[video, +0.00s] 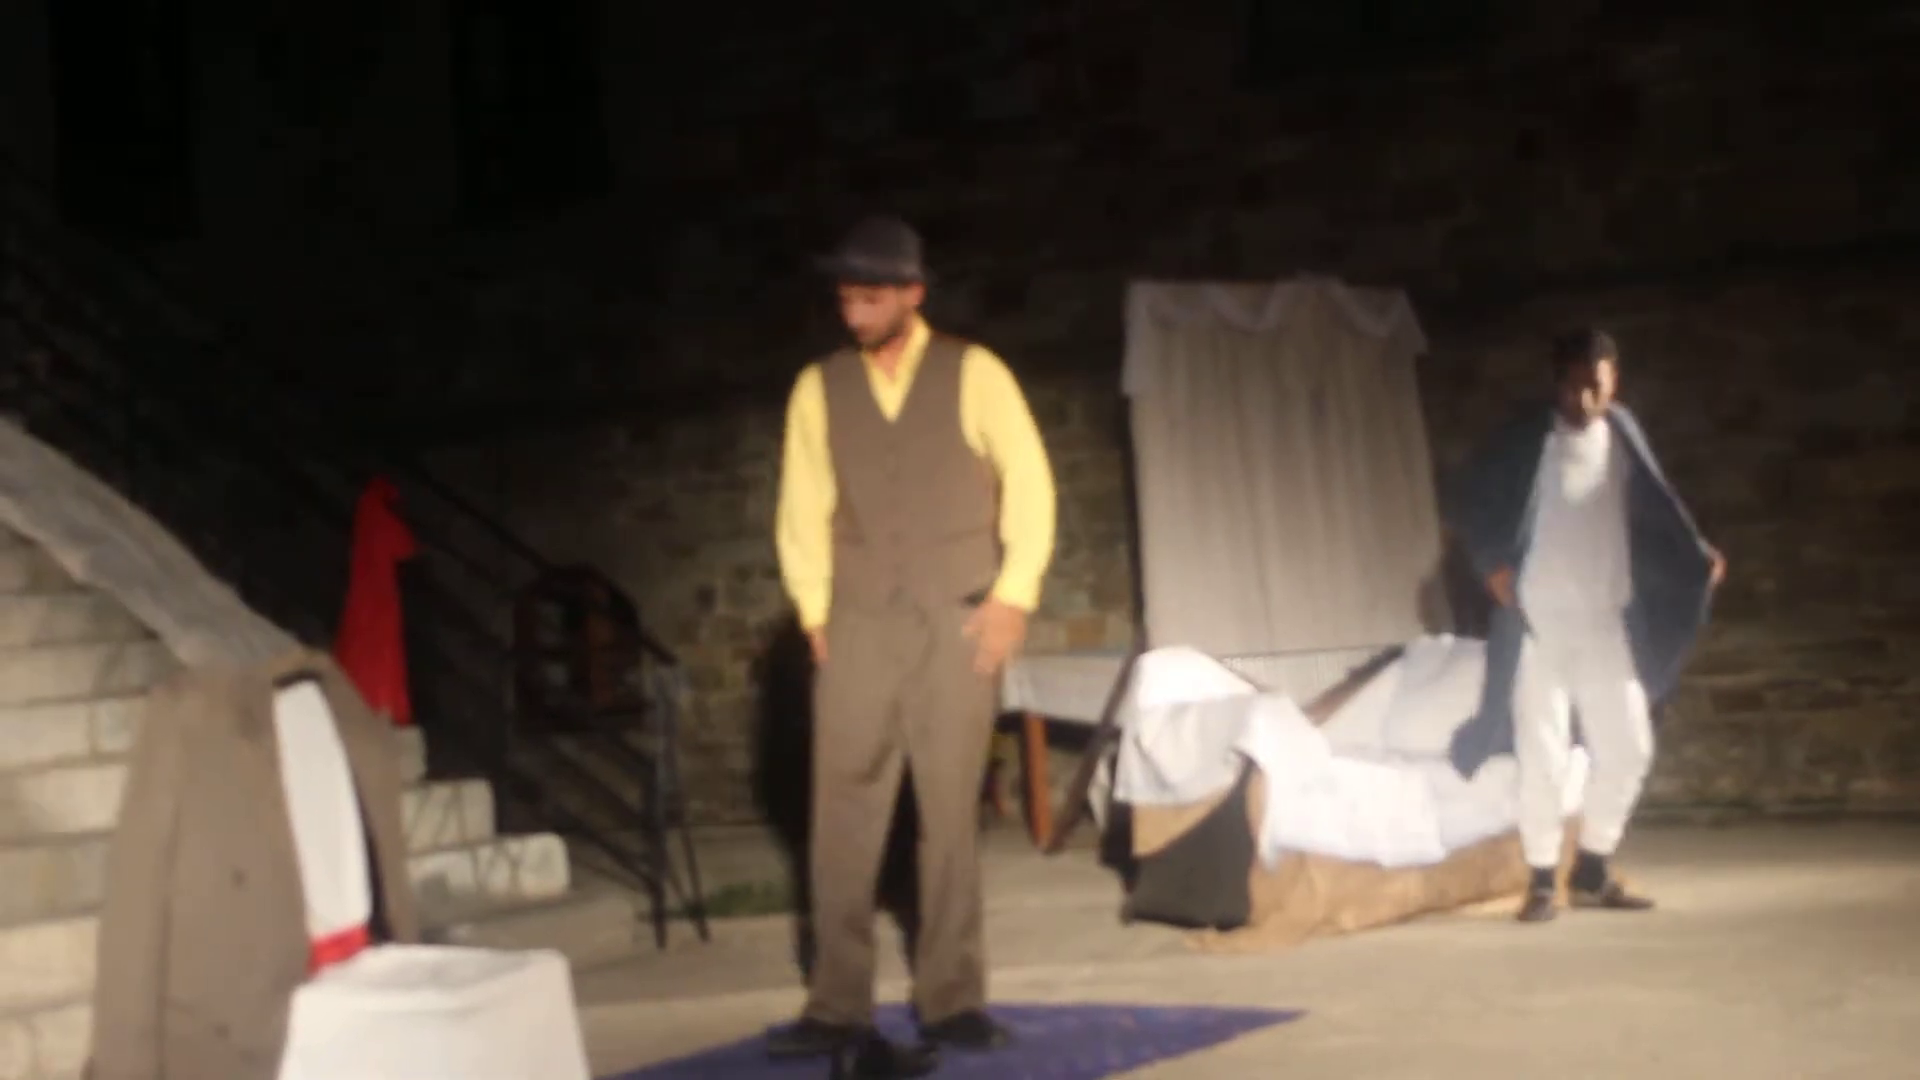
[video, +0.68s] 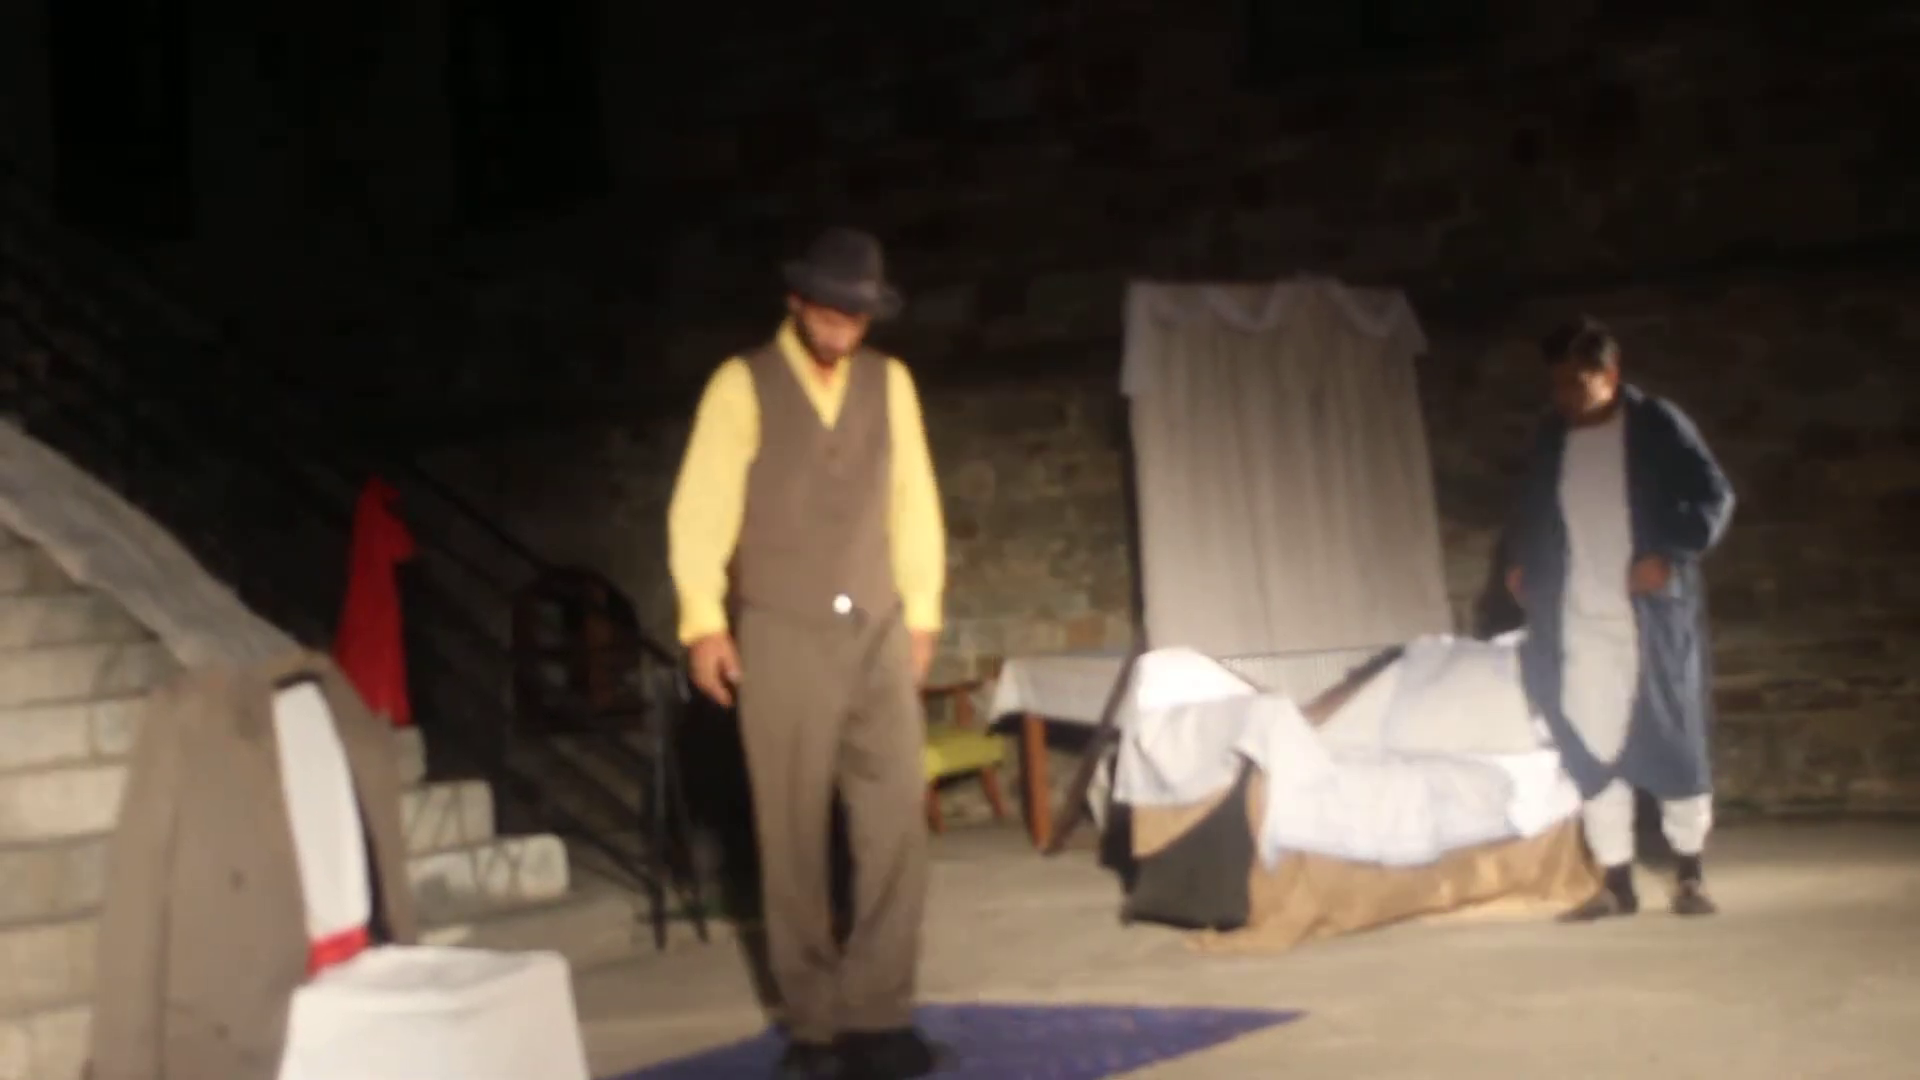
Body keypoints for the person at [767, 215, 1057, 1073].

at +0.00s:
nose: (854, 304)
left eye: (871, 289)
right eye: (847, 288)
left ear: (912, 290)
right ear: (839, 293)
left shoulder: (978, 376)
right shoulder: (819, 391)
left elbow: (1031, 489)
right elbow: (802, 513)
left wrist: (1012, 599)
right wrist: (819, 619)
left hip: (959, 625)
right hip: (856, 629)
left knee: (949, 818)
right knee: (842, 821)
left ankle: (952, 1003)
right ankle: (838, 1008)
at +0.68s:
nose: (845, 330)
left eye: (859, 316)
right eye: (831, 312)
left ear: (873, 315)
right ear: (795, 301)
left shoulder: (889, 384)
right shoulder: (741, 387)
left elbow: (916, 504)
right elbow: (699, 509)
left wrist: (921, 616)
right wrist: (703, 621)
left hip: (880, 637)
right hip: (781, 640)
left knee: (896, 825)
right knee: (792, 831)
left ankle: (880, 1016)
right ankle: (809, 1021)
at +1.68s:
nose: (968, 322)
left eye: (973, 307)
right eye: (962, 304)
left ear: (936, 300)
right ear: (914, 291)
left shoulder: (924, 383)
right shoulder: (845, 379)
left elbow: (913, 507)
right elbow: (794, 496)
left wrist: (935, 617)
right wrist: (822, 605)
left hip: (932, 620)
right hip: (882, 620)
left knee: (948, 811)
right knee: (894, 813)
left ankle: (946, 1001)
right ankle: (873, 1012)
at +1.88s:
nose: (999, 307)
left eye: (1001, 290)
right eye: (994, 289)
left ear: (946, 286)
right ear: (953, 286)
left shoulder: (924, 368)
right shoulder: (898, 369)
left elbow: (883, 492)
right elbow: (845, 485)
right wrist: (864, 599)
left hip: (923, 610)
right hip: (918, 612)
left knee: (925, 817)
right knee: (955, 811)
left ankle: (928, 1004)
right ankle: (983, 1002)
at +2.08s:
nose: (1023, 324)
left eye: (1027, 307)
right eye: (1018, 305)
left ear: (969, 298)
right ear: (980, 292)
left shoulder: (923, 362)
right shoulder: (952, 366)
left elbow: (920, 491)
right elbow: (932, 486)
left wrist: (952, 596)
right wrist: (953, 606)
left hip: (909, 607)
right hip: (949, 608)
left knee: (948, 808)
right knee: (1013, 799)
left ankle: (942, 1002)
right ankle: (1020, 1002)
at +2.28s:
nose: (1056, 349)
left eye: (1062, 334)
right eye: (1056, 329)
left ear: (1004, 305)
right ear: (1025, 306)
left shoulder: (919, 382)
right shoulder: (999, 377)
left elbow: (876, 498)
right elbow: (1019, 504)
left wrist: (897, 593)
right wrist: (1067, 606)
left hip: (926, 612)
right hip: (979, 609)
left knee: (1010, 790)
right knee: (1025, 800)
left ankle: (971, 961)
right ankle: (1023, 1005)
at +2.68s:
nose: (1083, 360)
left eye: (1090, 347)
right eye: (1084, 342)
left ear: (1043, 317)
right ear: (1051, 315)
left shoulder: (972, 378)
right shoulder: (1012, 379)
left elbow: (929, 504)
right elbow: (998, 492)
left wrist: (924, 619)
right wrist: (1023, 602)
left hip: (948, 605)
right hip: (986, 606)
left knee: (984, 797)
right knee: (1066, 771)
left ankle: (1015, 974)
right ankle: (1069, 965)